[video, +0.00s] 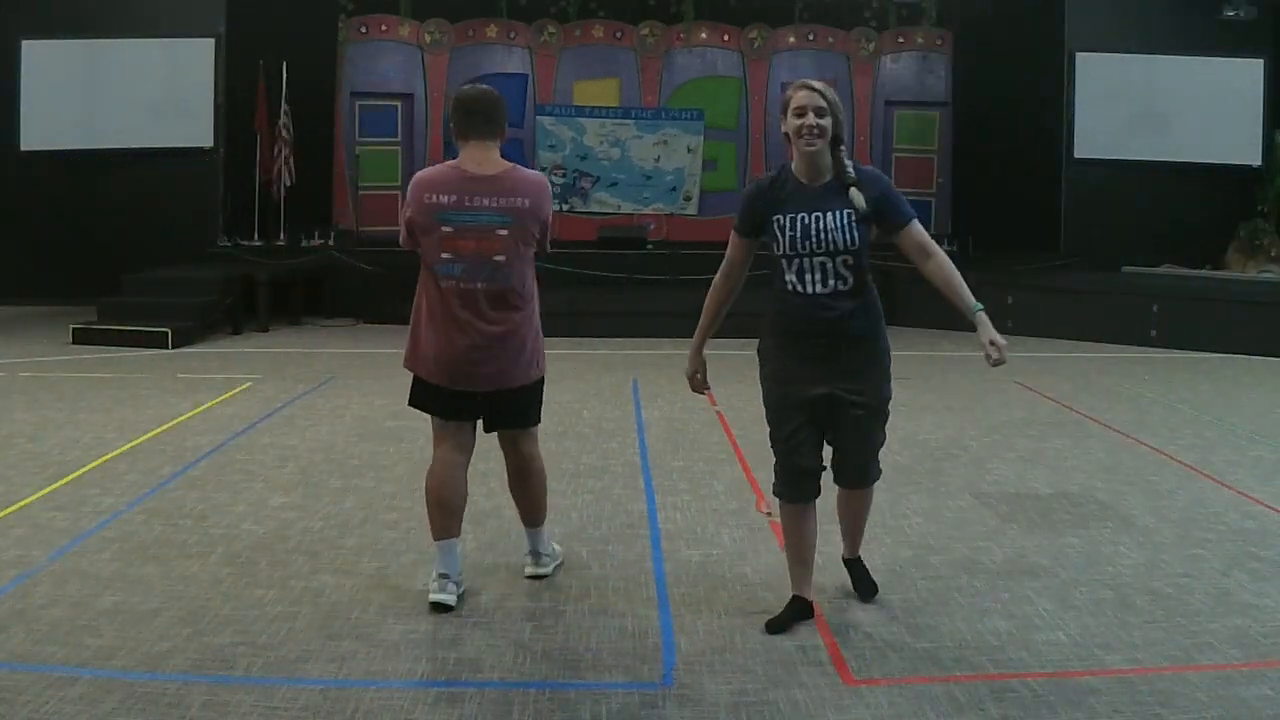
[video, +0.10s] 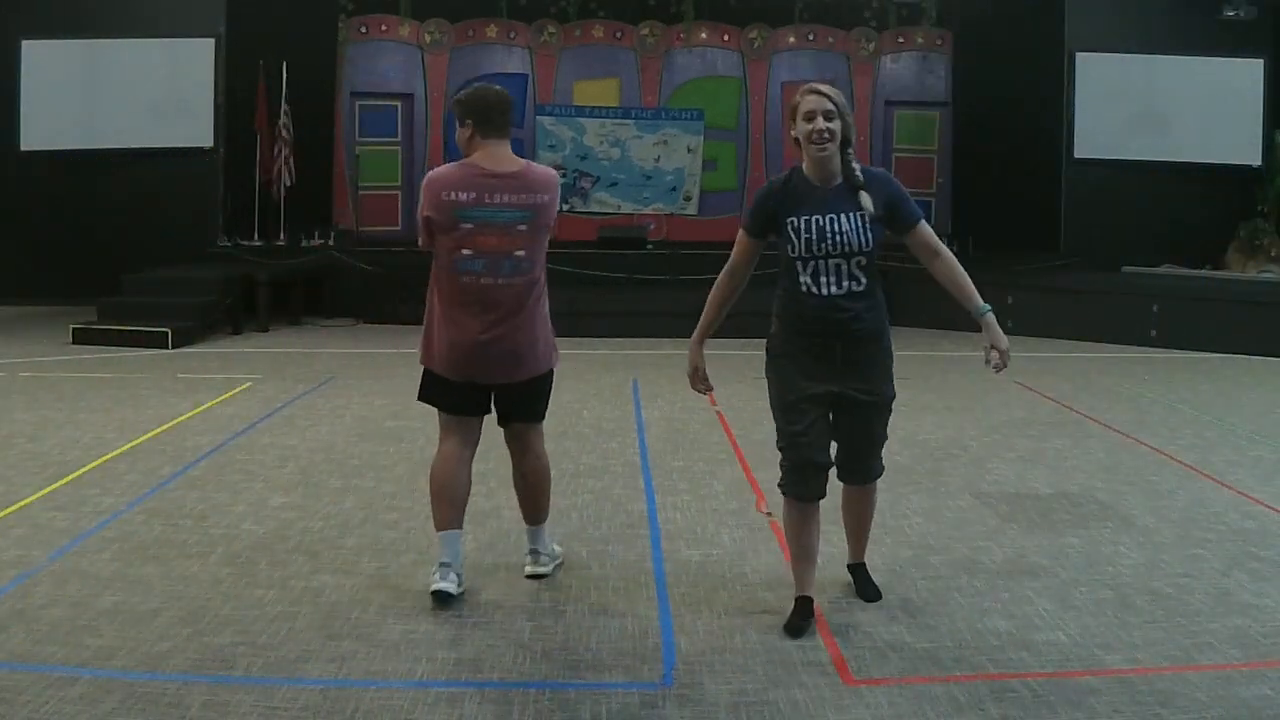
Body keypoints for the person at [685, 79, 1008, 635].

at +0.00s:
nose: (810, 121)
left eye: (820, 113)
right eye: (799, 113)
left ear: (836, 125)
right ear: (784, 127)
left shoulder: (869, 187)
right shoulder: (764, 197)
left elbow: (927, 252)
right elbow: (729, 275)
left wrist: (981, 319)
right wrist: (696, 347)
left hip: (860, 353)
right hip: (789, 355)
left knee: (859, 471)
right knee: (795, 478)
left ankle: (851, 556)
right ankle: (801, 596)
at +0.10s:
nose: (819, 125)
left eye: (828, 116)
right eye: (808, 118)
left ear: (845, 126)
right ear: (793, 132)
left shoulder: (880, 189)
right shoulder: (775, 199)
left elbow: (935, 253)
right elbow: (735, 272)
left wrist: (987, 318)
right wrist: (696, 342)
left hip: (865, 355)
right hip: (797, 357)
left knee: (862, 468)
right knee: (802, 478)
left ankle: (858, 563)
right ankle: (803, 597)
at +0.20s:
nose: (829, 127)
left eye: (838, 118)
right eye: (818, 121)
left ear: (855, 128)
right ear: (805, 134)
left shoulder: (888, 189)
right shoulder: (787, 198)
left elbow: (939, 257)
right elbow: (741, 270)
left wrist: (985, 322)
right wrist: (697, 336)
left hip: (871, 353)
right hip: (806, 354)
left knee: (867, 467)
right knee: (811, 473)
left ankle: (859, 564)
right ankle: (806, 595)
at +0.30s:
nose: (841, 128)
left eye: (850, 119)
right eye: (831, 121)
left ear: (867, 129)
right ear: (818, 133)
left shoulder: (895, 191)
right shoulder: (797, 197)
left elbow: (938, 260)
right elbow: (751, 268)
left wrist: (978, 325)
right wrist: (703, 335)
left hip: (881, 351)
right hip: (816, 353)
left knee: (870, 466)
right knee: (819, 470)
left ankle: (860, 565)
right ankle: (809, 594)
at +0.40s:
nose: (849, 133)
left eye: (858, 125)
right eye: (839, 126)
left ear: (875, 134)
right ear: (826, 137)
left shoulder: (902, 197)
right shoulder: (807, 200)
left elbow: (944, 264)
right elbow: (761, 274)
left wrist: (980, 326)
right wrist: (713, 345)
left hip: (887, 356)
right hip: (824, 357)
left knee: (873, 469)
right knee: (826, 474)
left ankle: (856, 567)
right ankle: (811, 594)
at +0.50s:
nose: (850, 139)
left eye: (860, 131)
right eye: (841, 131)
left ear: (879, 138)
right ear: (830, 139)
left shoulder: (907, 197)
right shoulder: (812, 197)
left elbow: (968, 245)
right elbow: (758, 255)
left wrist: (1025, 295)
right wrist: (702, 313)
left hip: (892, 354)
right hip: (831, 354)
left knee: (877, 467)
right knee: (833, 471)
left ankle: (858, 567)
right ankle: (812, 593)